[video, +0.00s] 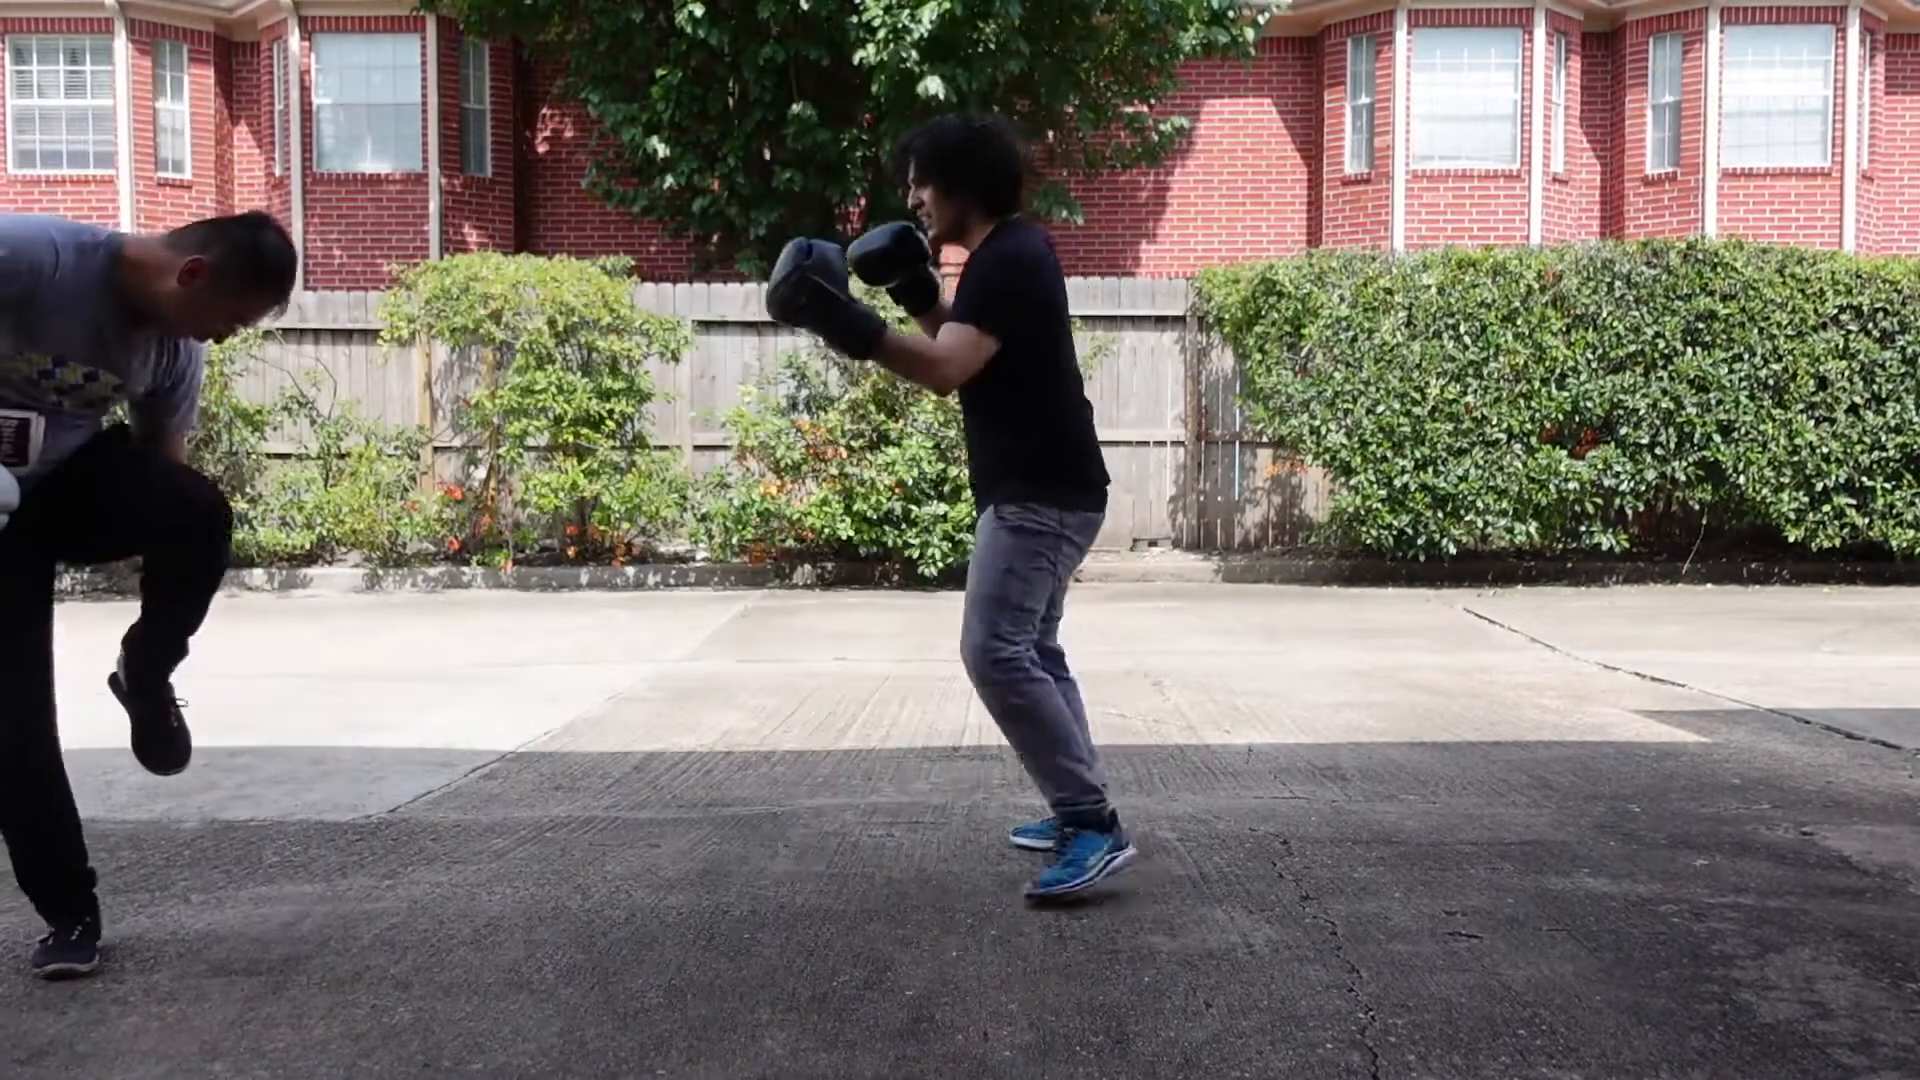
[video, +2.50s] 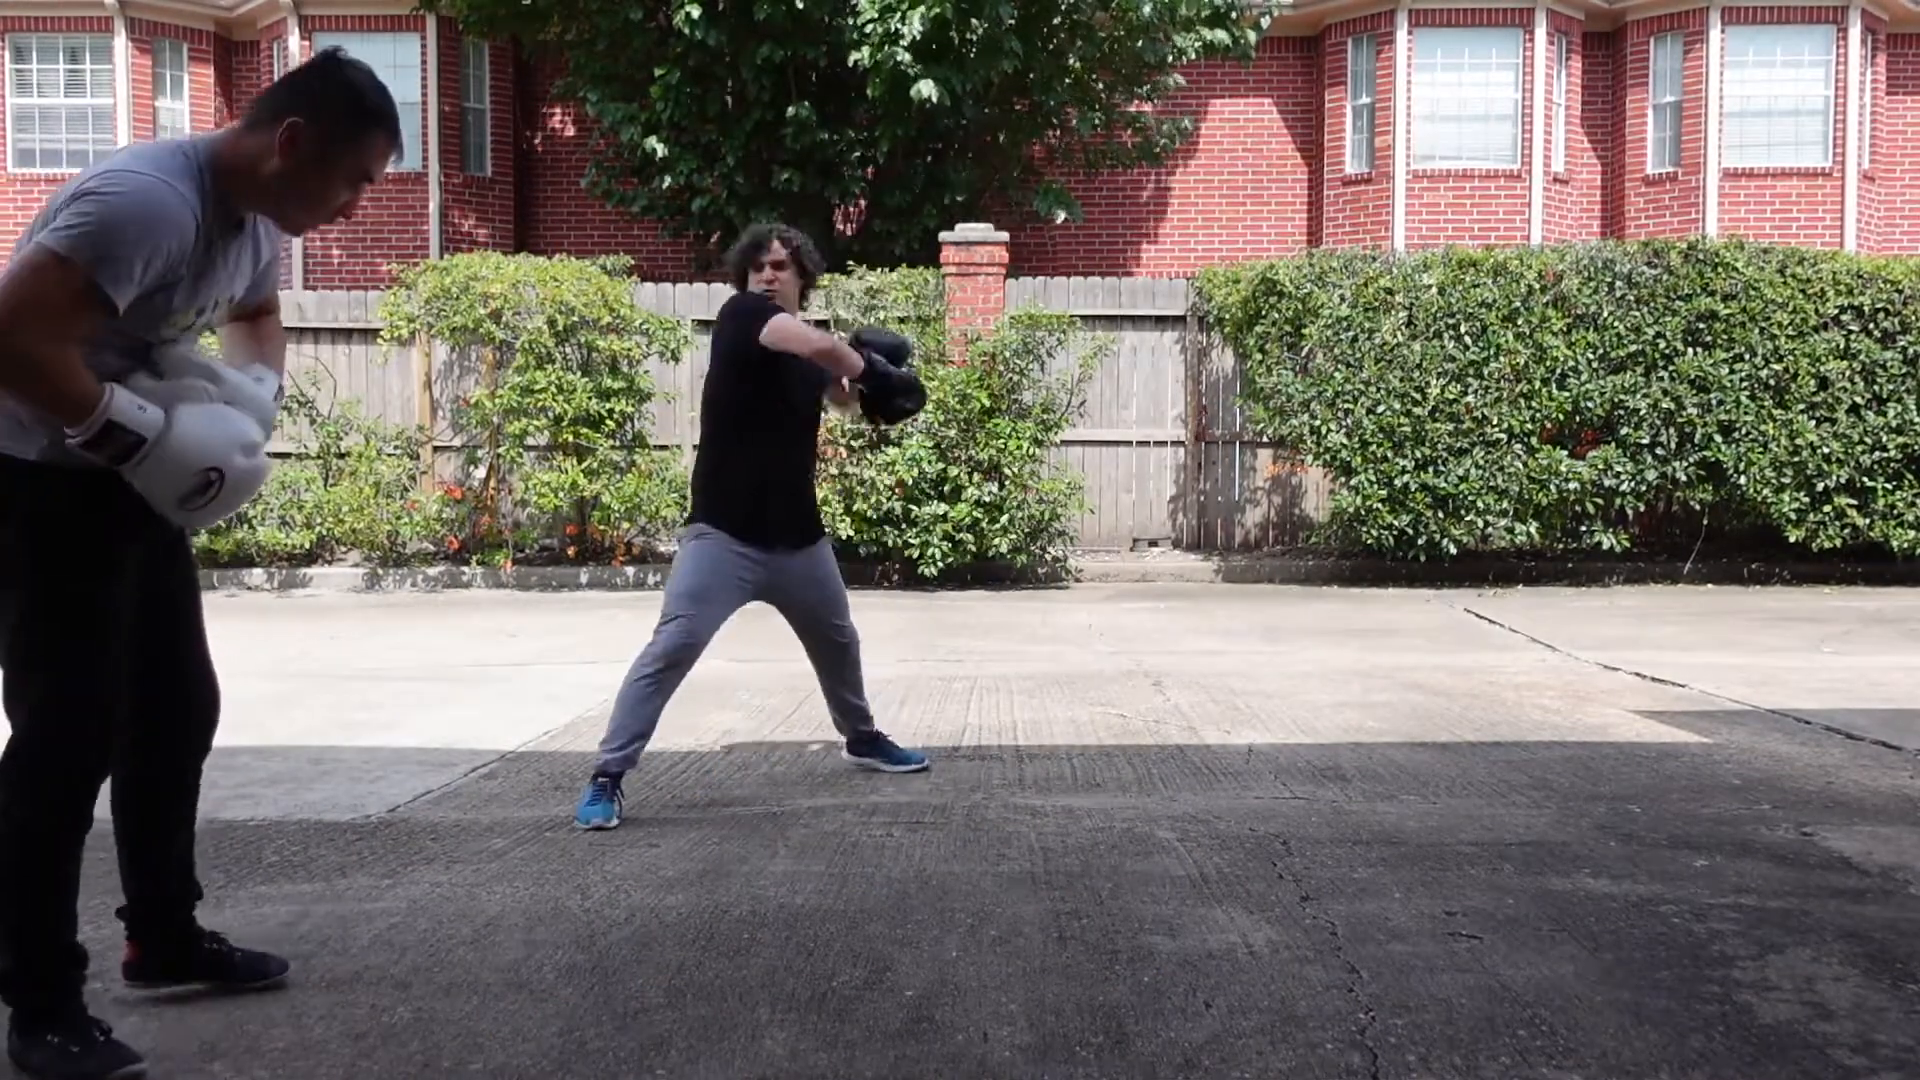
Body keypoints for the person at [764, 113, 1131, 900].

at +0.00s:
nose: (916, 202)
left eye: (924, 187)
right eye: (915, 188)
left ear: (960, 188)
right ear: (986, 185)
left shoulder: (1009, 256)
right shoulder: (1004, 252)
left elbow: (947, 368)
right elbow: (972, 353)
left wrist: (849, 324)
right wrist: (921, 290)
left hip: (1038, 496)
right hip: (1036, 491)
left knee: (994, 651)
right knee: (1033, 648)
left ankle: (1092, 825)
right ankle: (1080, 807)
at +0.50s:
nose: (788, 208)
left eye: (799, 195)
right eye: (787, 195)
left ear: (839, 198)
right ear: (835, 204)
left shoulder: (882, 277)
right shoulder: (845, 278)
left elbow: (921, 397)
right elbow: (866, 373)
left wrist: (822, 420)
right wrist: (805, 363)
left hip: (890, 500)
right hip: (869, 496)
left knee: (834, 645)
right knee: (858, 634)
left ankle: (859, 814)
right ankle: (959, 745)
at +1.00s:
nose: (734, 228)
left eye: (745, 216)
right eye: (730, 216)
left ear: (786, 215)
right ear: (735, 220)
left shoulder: (840, 292)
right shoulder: (728, 287)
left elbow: (881, 393)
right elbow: (705, 370)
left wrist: (848, 453)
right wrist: (689, 406)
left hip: (804, 507)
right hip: (730, 504)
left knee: (820, 655)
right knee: (728, 649)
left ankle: (851, 804)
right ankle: (751, 778)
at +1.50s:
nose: (772, 248)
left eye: (784, 236)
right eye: (766, 238)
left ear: (818, 236)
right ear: (761, 243)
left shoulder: (864, 306)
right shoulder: (748, 302)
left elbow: (884, 401)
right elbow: (705, 402)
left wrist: (841, 400)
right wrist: (716, 361)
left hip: (845, 515)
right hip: (762, 514)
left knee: (876, 637)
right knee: (743, 640)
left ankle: (892, 743)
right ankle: (751, 774)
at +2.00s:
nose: (852, 277)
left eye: (864, 271)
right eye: (843, 266)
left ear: (876, 285)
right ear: (820, 266)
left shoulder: (870, 332)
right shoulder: (777, 317)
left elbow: (906, 387)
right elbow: (737, 398)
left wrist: (865, 323)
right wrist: (748, 478)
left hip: (849, 515)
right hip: (776, 517)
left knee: (888, 615)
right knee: (760, 640)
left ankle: (884, 744)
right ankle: (752, 744)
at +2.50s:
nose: (773, 274)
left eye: (784, 266)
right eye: (763, 266)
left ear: (804, 276)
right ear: (746, 277)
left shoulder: (811, 341)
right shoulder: (742, 314)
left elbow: (843, 400)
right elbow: (818, 343)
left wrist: (864, 377)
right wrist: (863, 371)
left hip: (800, 541)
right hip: (722, 537)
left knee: (839, 643)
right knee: (674, 645)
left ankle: (862, 736)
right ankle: (607, 777)